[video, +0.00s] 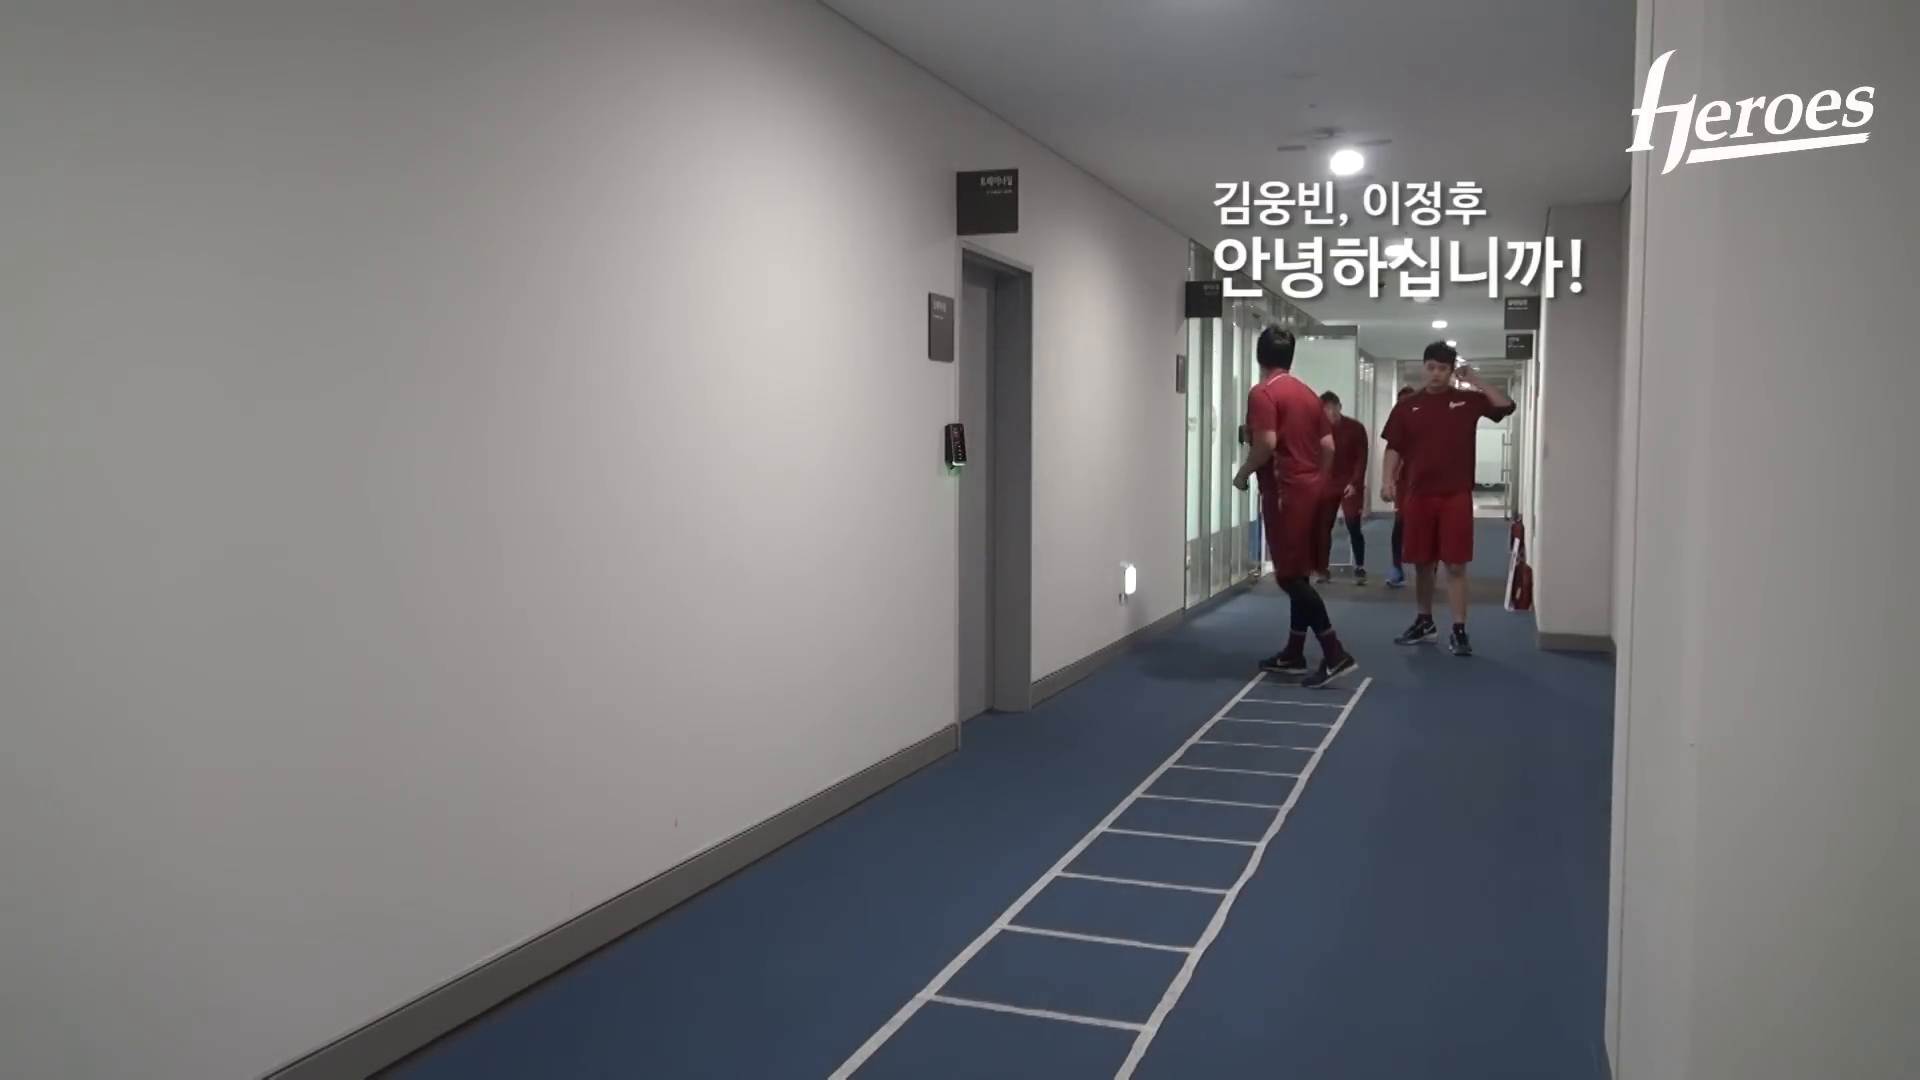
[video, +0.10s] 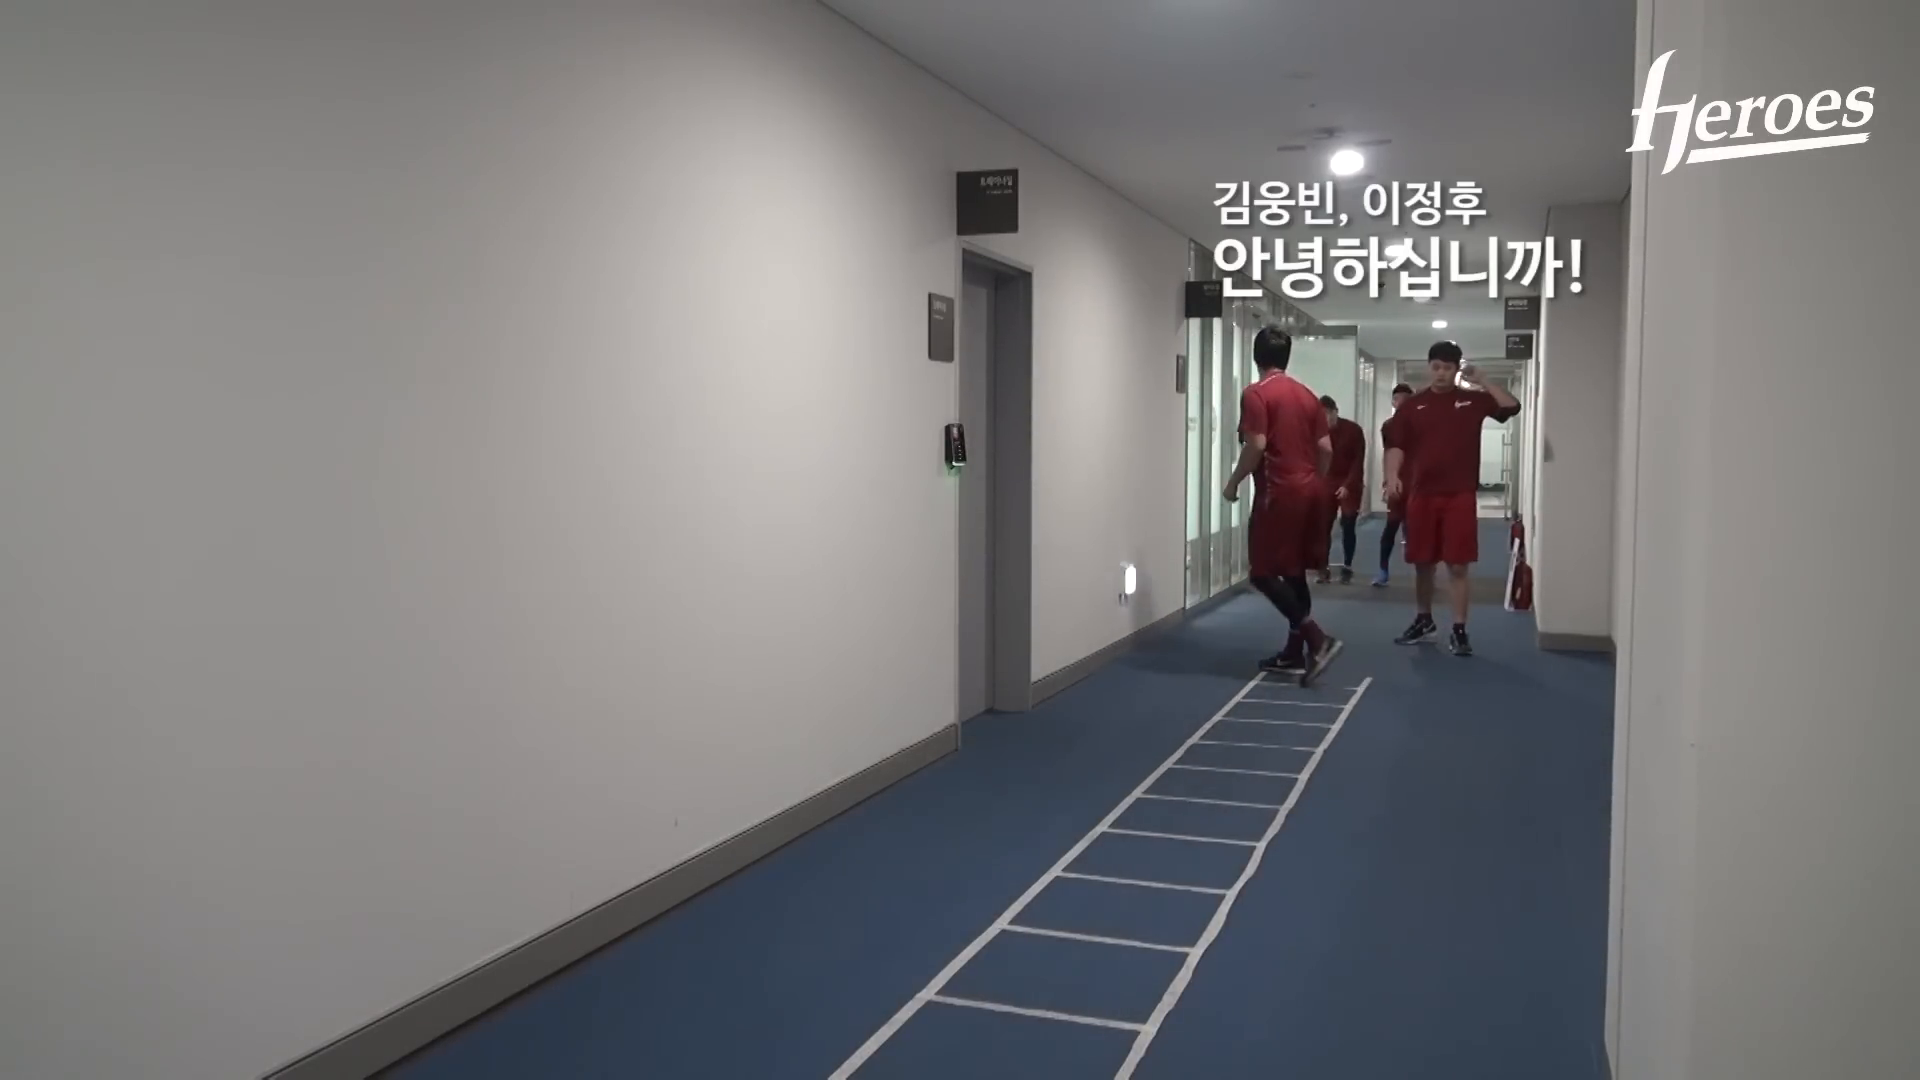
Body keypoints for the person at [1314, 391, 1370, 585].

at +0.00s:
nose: (1328, 413)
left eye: (1330, 408)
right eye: (1324, 409)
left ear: (1338, 407)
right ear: (1321, 410)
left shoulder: (1355, 428)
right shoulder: (1319, 429)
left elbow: (1361, 459)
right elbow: (1314, 456)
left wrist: (1355, 483)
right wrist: (1318, 477)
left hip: (1350, 484)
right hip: (1327, 484)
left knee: (1353, 526)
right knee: (1323, 528)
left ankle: (1359, 566)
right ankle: (1322, 568)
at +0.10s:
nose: (1325, 418)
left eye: (1328, 413)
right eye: (1322, 414)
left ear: (1336, 411)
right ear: (1319, 415)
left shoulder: (1353, 430)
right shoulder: (1317, 431)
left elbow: (1357, 463)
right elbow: (1314, 459)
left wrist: (1347, 486)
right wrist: (1318, 481)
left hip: (1349, 484)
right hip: (1327, 484)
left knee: (1348, 525)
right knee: (1324, 526)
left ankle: (1347, 565)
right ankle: (1322, 567)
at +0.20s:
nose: (1324, 427)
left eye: (1326, 422)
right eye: (1321, 423)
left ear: (1334, 419)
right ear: (1319, 422)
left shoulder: (1352, 434)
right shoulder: (1319, 436)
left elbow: (1356, 467)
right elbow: (1316, 461)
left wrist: (1344, 489)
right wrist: (1315, 481)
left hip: (1346, 487)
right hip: (1326, 485)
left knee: (1344, 526)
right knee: (1323, 526)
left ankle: (1342, 565)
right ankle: (1323, 564)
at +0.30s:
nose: (1328, 436)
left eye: (1330, 432)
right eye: (1324, 432)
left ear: (1337, 426)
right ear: (1320, 430)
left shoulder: (1352, 438)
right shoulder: (1315, 441)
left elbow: (1356, 470)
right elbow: (1311, 468)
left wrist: (1342, 491)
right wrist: (1315, 490)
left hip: (1346, 491)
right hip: (1324, 490)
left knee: (1344, 527)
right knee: (1323, 528)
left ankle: (1342, 565)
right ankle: (1323, 565)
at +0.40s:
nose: (1331, 446)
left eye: (1334, 442)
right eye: (1327, 442)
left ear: (1340, 434)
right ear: (1320, 434)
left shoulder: (1352, 441)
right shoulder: (1313, 439)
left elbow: (1355, 471)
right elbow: (1311, 467)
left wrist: (1343, 494)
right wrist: (1315, 492)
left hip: (1347, 488)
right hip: (1324, 488)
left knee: (1344, 526)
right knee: (1323, 526)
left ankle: (1342, 566)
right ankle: (1324, 565)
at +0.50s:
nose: (1331, 445)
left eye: (1334, 441)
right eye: (1327, 441)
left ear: (1340, 433)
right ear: (1321, 433)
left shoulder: (1353, 440)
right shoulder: (1313, 438)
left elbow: (1356, 471)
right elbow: (1310, 467)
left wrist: (1348, 496)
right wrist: (1313, 491)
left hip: (1346, 491)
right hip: (1324, 491)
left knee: (1344, 527)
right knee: (1323, 528)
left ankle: (1342, 566)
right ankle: (1324, 566)